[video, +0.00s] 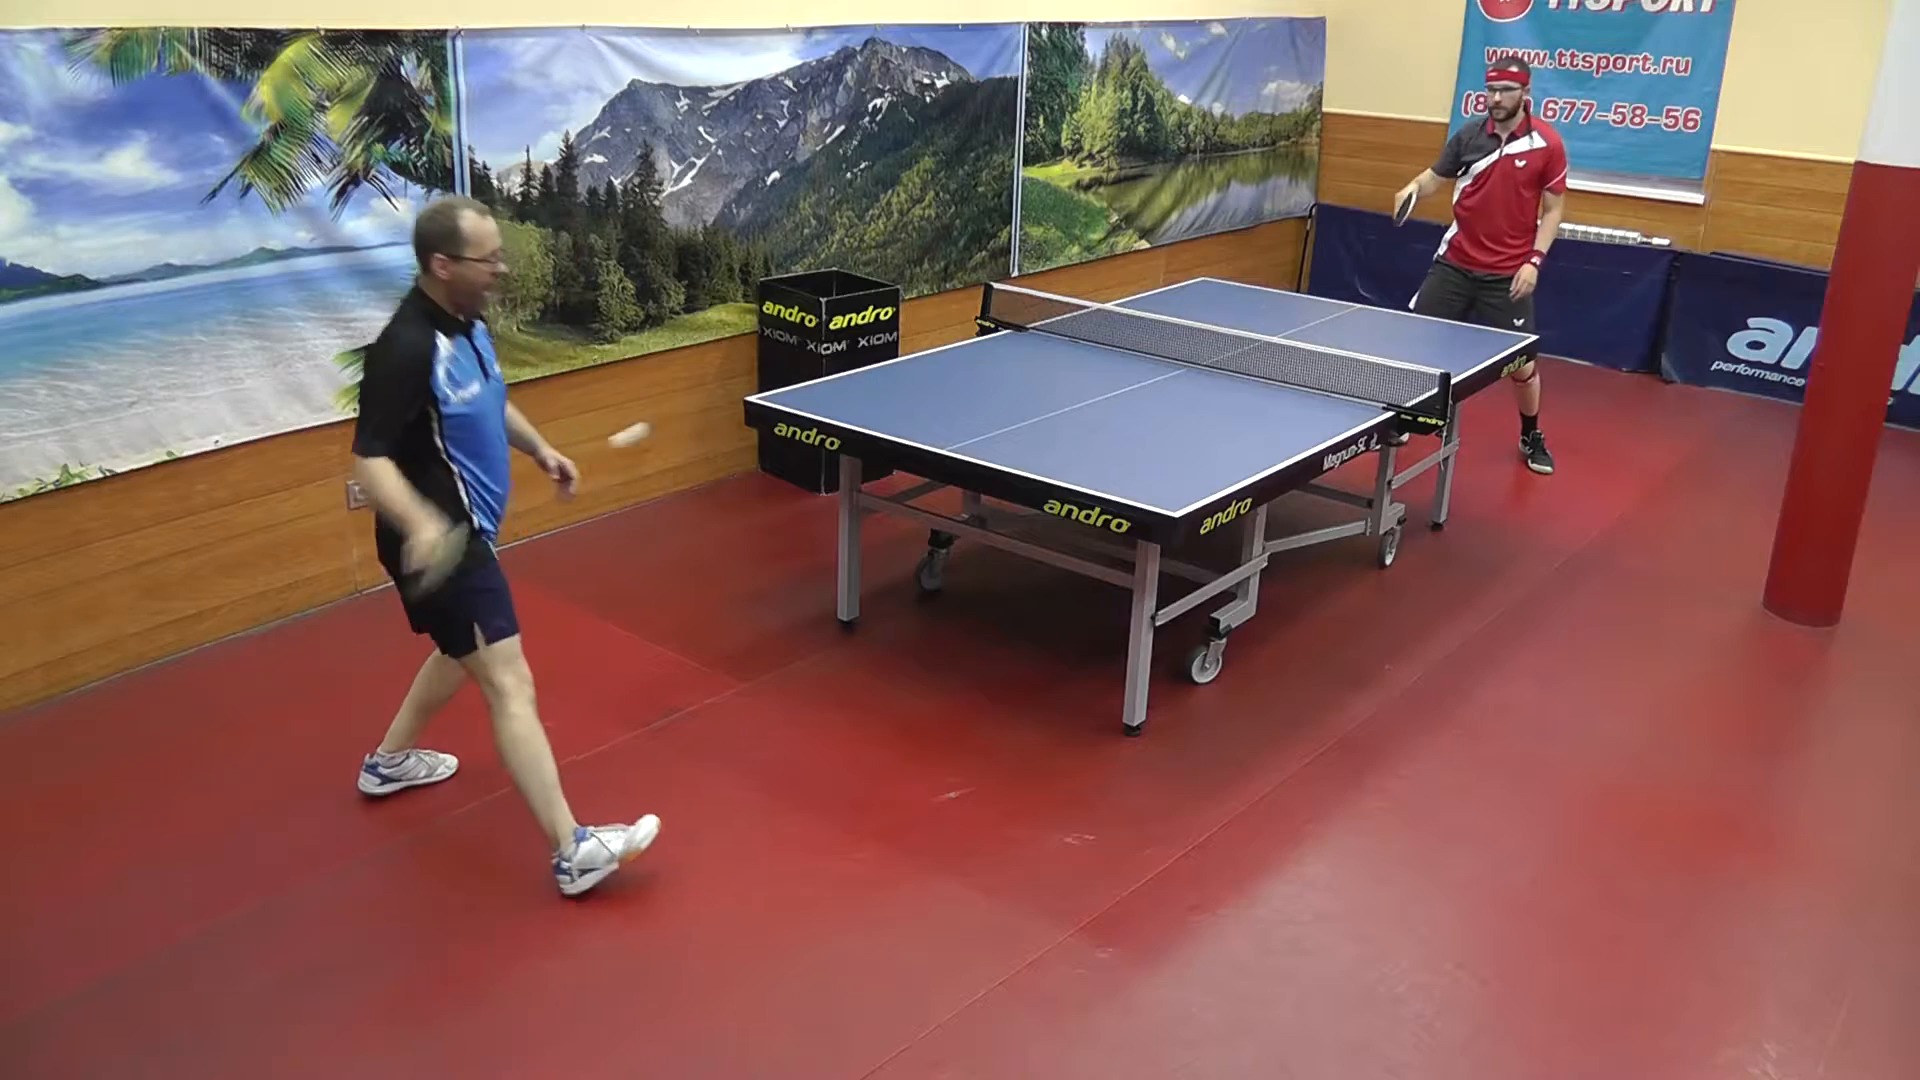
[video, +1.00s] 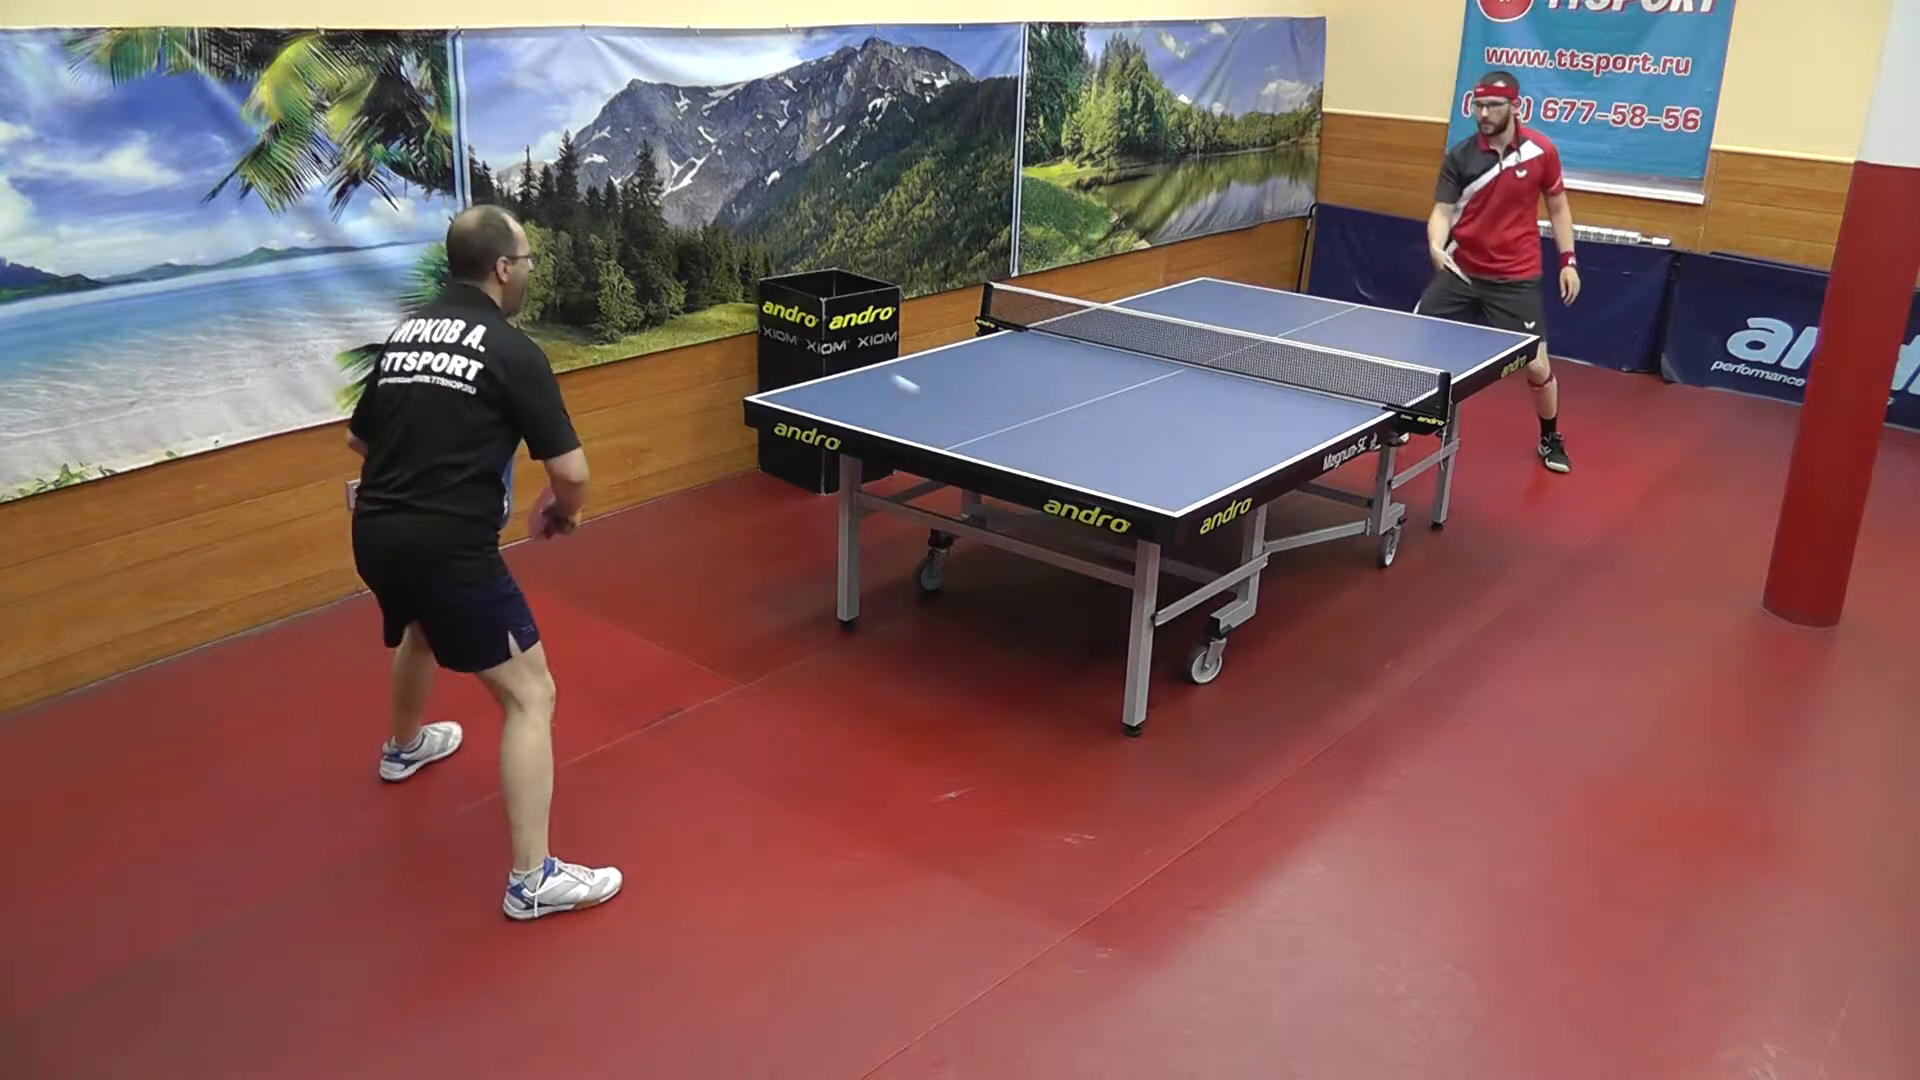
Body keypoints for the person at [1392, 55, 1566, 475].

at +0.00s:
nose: (1495, 99)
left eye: (1505, 91)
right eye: (1490, 90)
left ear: (1524, 94)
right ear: (1485, 92)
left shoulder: (1547, 144)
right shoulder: (1469, 134)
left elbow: (1553, 210)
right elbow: (1437, 175)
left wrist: (1534, 262)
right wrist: (1415, 187)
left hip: (1508, 276)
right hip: (1454, 265)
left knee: (1523, 366)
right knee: (1414, 338)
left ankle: (1531, 437)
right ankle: (1401, 414)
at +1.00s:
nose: (1484, 114)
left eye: (1493, 106)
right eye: (1479, 106)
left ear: (1514, 107)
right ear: (1472, 107)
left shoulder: (1541, 153)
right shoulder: (1460, 156)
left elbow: (1558, 207)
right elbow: (1443, 211)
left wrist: (1568, 262)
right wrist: (1436, 247)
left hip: (1516, 281)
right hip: (1459, 274)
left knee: (1537, 368)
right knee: (1415, 342)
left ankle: (1550, 437)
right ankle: (1414, 410)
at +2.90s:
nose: (1490, 120)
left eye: (1499, 111)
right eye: (1484, 111)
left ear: (1519, 110)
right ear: (1478, 110)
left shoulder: (1545, 152)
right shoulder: (1466, 155)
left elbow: (1565, 207)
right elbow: (1429, 209)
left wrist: (1570, 262)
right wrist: (1462, 235)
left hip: (1523, 277)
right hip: (1464, 269)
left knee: (1539, 362)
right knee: (1422, 338)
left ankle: (1552, 437)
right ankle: (1412, 414)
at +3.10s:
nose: (1433, 126)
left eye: (1441, 117)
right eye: (1426, 118)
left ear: (1459, 115)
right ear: (1420, 119)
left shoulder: (1491, 152)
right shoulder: (1417, 160)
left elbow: (1525, 198)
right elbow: (1382, 180)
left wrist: (1562, 242)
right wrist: (1337, 159)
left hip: (1502, 279)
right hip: (1443, 279)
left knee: (1534, 360)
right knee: (1403, 347)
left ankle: (1552, 436)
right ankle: (1386, 429)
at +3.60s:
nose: (1428, 93)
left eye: (1437, 86)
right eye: (1424, 86)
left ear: (1462, 86)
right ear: (1423, 87)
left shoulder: (1495, 133)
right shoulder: (1423, 137)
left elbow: (1519, 190)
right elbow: (1392, 192)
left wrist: (1501, 221)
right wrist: (1346, 200)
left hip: (1481, 271)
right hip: (1428, 266)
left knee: (1499, 360)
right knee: (1396, 345)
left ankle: (1517, 448)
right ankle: (1386, 427)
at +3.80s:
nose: (1469, 97)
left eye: (1478, 90)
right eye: (1467, 89)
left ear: (1504, 92)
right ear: (1468, 90)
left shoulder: (1532, 137)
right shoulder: (1468, 135)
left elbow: (1533, 201)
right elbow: (1445, 190)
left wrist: (1486, 219)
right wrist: (1398, 197)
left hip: (1503, 276)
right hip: (1455, 269)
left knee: (1504, 366)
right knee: (1411, 341)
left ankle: (1517, 450)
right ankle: (1394, 427)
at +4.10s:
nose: (1504, 91)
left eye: (1513, 84)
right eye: (1502, 83)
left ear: (1538, 85)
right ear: (1505, 85)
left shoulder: (1563, 133)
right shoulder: (1512, 129)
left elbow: (1567, 207)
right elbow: (1501, 188)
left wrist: (1534, 260)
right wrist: (1455, 216)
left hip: (1534, 267)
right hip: (1496, 260)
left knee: (1515, 363)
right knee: (1465, 342)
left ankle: (1518, 452)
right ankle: (1440, 417)